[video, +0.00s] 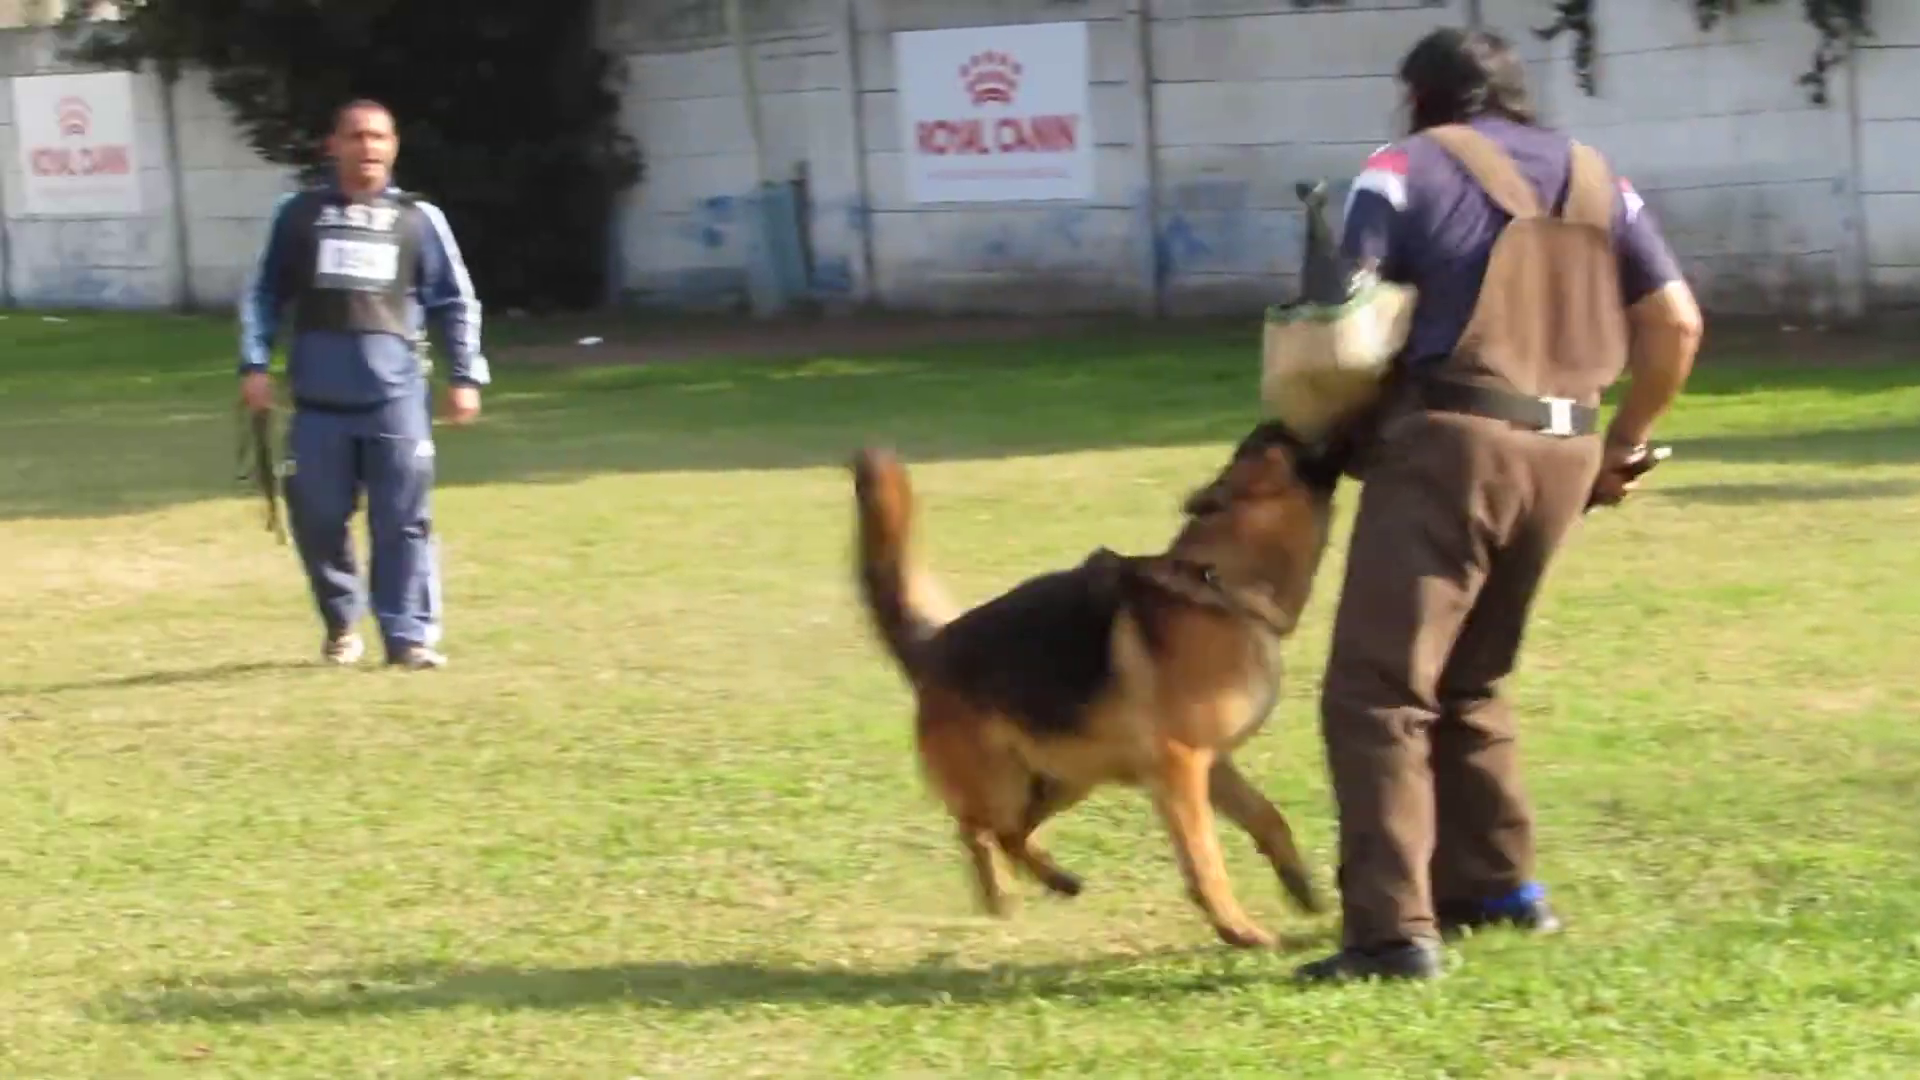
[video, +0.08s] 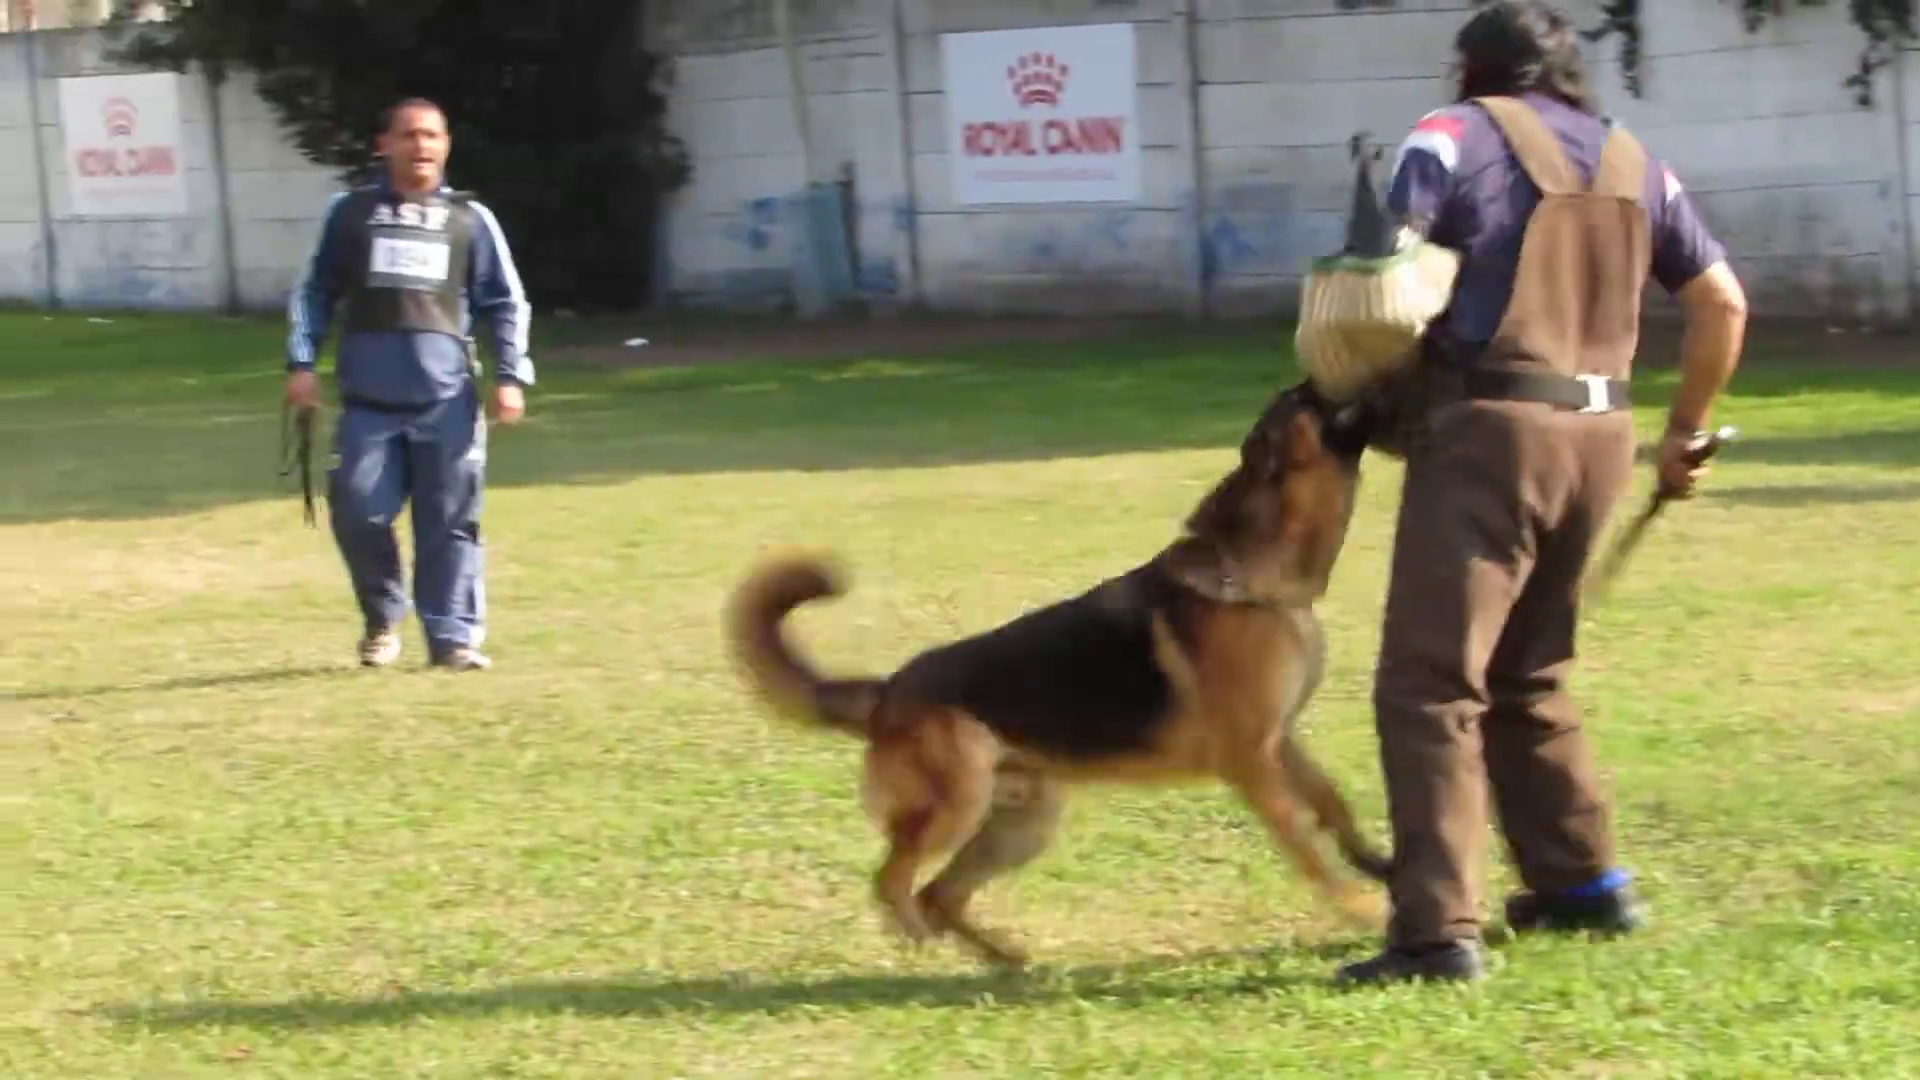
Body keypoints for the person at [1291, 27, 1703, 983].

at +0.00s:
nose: (1402, 122)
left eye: (1405, 107)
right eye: (1405, 109)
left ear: (1425, 102)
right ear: (1512, 92)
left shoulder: (1407, 167)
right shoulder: (1597, 177)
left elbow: (1344, 329)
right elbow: (1675, 324)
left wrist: (1331, 429)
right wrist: (1627, 439)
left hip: (1454, 443)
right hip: (1567, 456)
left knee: (1377, 690)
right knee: (1472, 683)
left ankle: (1390, 935)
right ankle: (1494, 887)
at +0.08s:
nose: (1453, 94)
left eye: (1457, 79)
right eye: (1456, 82)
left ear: (1476, 75)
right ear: (1566, 73)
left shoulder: (1457, 133)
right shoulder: (1636, 161)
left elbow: (1380, 266)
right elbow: (1721, 305)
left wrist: (1357, 378)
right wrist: (1687, 432)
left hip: (1496, 431)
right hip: (1604, 440)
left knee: (1430, 681)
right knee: (1527, 675)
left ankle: (1437, 933)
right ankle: (1580, 885)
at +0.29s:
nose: (1479, 45)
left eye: (1483, 31)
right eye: (1483, 31)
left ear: (1502, 36)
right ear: (1585, 34)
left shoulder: (1504, 108)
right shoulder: (1656, 136)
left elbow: (1438, 255)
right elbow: (1738, 278)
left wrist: (1364, 300)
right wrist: (1755, 415)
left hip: (1540, 427)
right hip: (1645, 428)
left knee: (1479, 683)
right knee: (1606, 663)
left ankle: (1481, 937)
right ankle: (1746, 863)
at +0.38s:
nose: (1447, 46)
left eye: (1451, 31)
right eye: (1451, 32)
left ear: (1476, 32)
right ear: (1558, 31)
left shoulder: (1479, 99)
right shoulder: (1623, 129)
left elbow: (1412, 253)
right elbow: (1699, 274)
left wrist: (1328, 261)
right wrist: (1709, 418)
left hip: (1503, 425)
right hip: (1612, 422)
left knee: (1446, 681)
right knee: (1593, 662)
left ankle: (1442, 937)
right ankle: (1715, 885)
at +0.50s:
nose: (1419, 38)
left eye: (1424, 25)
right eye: (1422, 28)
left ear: (1450, 26)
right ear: (1531, 32)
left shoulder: (1444, 99)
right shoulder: (1595, 131)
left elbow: (1364, 233)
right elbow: (1666, 285)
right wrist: (1662, 431)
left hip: (1474, 425)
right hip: (1585, 422)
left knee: (1418, 687)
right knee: (1577, 674)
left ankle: (1405, 941)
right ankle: (1666, 912)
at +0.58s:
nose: (1442, 34)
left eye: (1449, 23)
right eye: (1448, 26)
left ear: (1469, 29)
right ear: (1552, 35)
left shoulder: (1455, 100)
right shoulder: (1612, 136)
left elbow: (1373, 237)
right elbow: (1683, 291)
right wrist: (1676, 437)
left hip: (1486, 429)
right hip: (1598, 427)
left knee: (1426, 690)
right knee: (1601, 677)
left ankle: (1405, 941)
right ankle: (1679, 916)